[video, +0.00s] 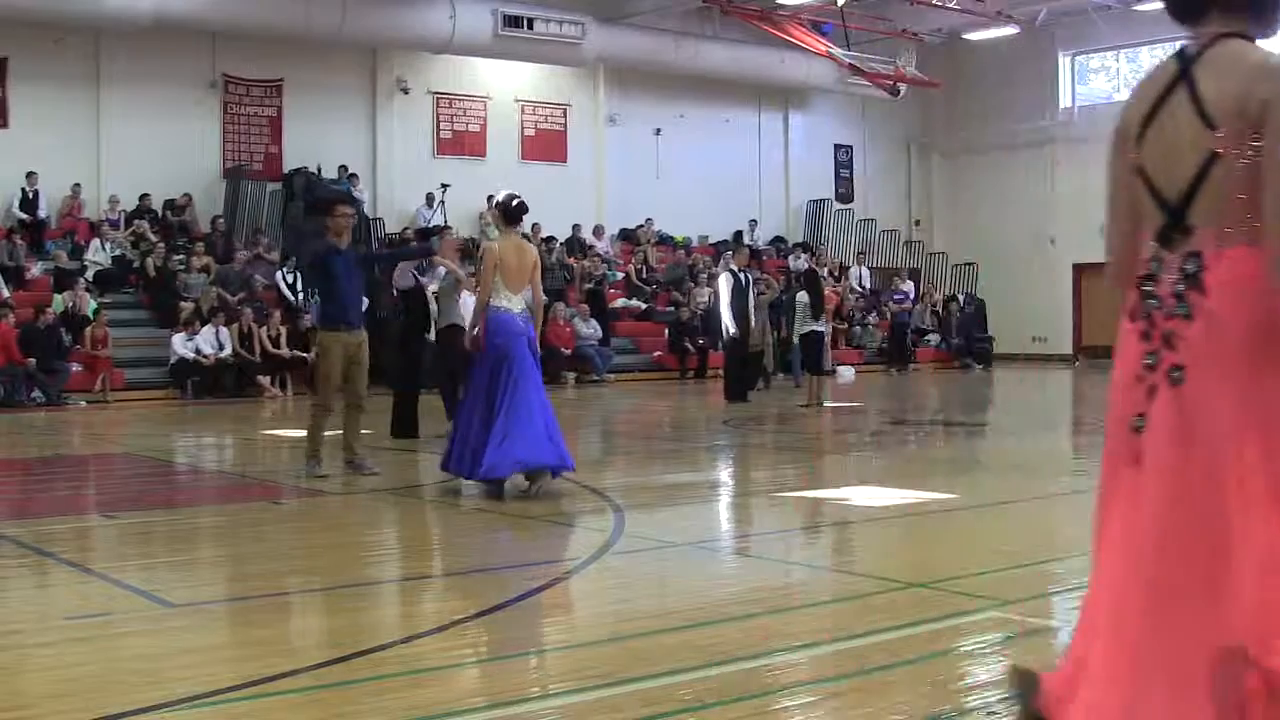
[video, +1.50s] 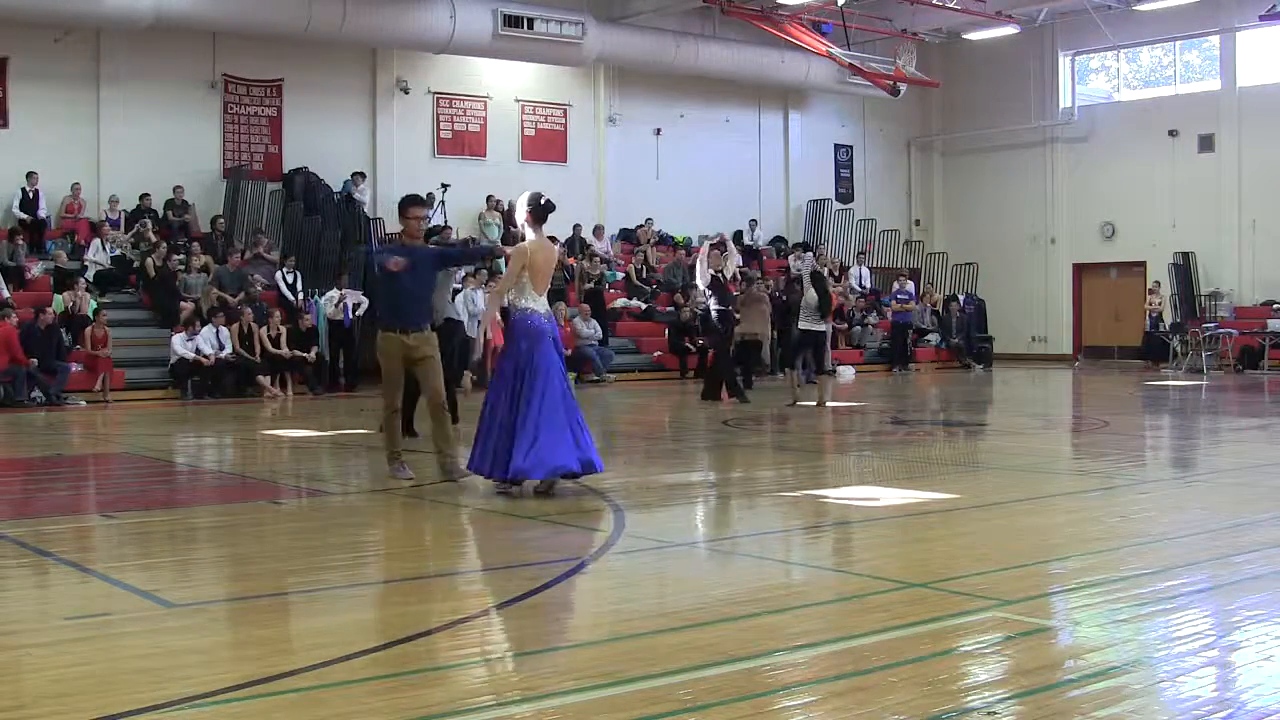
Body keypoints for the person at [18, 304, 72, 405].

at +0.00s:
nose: (52, 317)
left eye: (52, 314)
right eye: (49, 314)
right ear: (41, 316)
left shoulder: (53, 329)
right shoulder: (28, 329)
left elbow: (60, 348)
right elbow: (24, 347)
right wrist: (27, 358)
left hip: (50, 359)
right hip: (33, 360)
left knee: (64, 369)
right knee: (31, 371)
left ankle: (49, 393)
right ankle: (54, 394)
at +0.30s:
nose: (52, 317)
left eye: (52, 314)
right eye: (49, 314)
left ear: (54, 315)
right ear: (40, 315)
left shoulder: (54, 329)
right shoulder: (28, 329)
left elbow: (61, 348)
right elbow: (22, 346)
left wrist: (61, 360)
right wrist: (26, 359)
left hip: (50, 359)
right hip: (34, 360)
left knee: (65, 368)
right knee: (31, 370)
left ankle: (53, 395)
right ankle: (52, 394)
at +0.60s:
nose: (52, 317)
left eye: (52, 314)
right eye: (49, 314)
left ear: (54, 316)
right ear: (41, 316)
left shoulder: (54, 329)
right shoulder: (28, 329)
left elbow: (60, 348)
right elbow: (23, 346)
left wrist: (60, 361)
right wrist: (28, 359)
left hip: (50, 360)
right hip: (34, 361)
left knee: (65, 368)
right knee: (30, 370)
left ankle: (53, 394)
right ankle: (52, 393)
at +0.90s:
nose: (52, 317)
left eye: (52, 314)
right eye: (49, 314)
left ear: (54, 316)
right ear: (41, 316)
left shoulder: (54, 329)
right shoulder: (29, 329)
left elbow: (60, 348)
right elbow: (24, 346)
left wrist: (61, 361)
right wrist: (29, 358)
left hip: (50, 360)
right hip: (35, 361)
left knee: (65, 368)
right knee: (31, 371)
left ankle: (53, 394)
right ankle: (51, 394)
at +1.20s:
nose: (52, 316)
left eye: (52, 314)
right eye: (49, 314)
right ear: (41, 316)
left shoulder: (54, 329)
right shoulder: (28, 328)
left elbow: (60, 348)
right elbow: (24, 345)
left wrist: (61, 361)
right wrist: (28, 358)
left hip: (49, 360)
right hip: (34, 361)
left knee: (64, 368)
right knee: (31, 370)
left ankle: (55, 393)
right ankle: (51, 393)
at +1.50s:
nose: (52, 317)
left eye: (52, 314)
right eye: (49, 314)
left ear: (54, 315)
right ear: (41, 316)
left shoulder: (54, 329)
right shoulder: (28, 329)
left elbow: (60, 348)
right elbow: (24, 346)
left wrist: (61, 361)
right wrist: (28, 359)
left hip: (49, 360)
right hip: (34, 361)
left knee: (65, 367)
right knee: (31, 370)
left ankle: (54, 393)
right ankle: (51, 393)